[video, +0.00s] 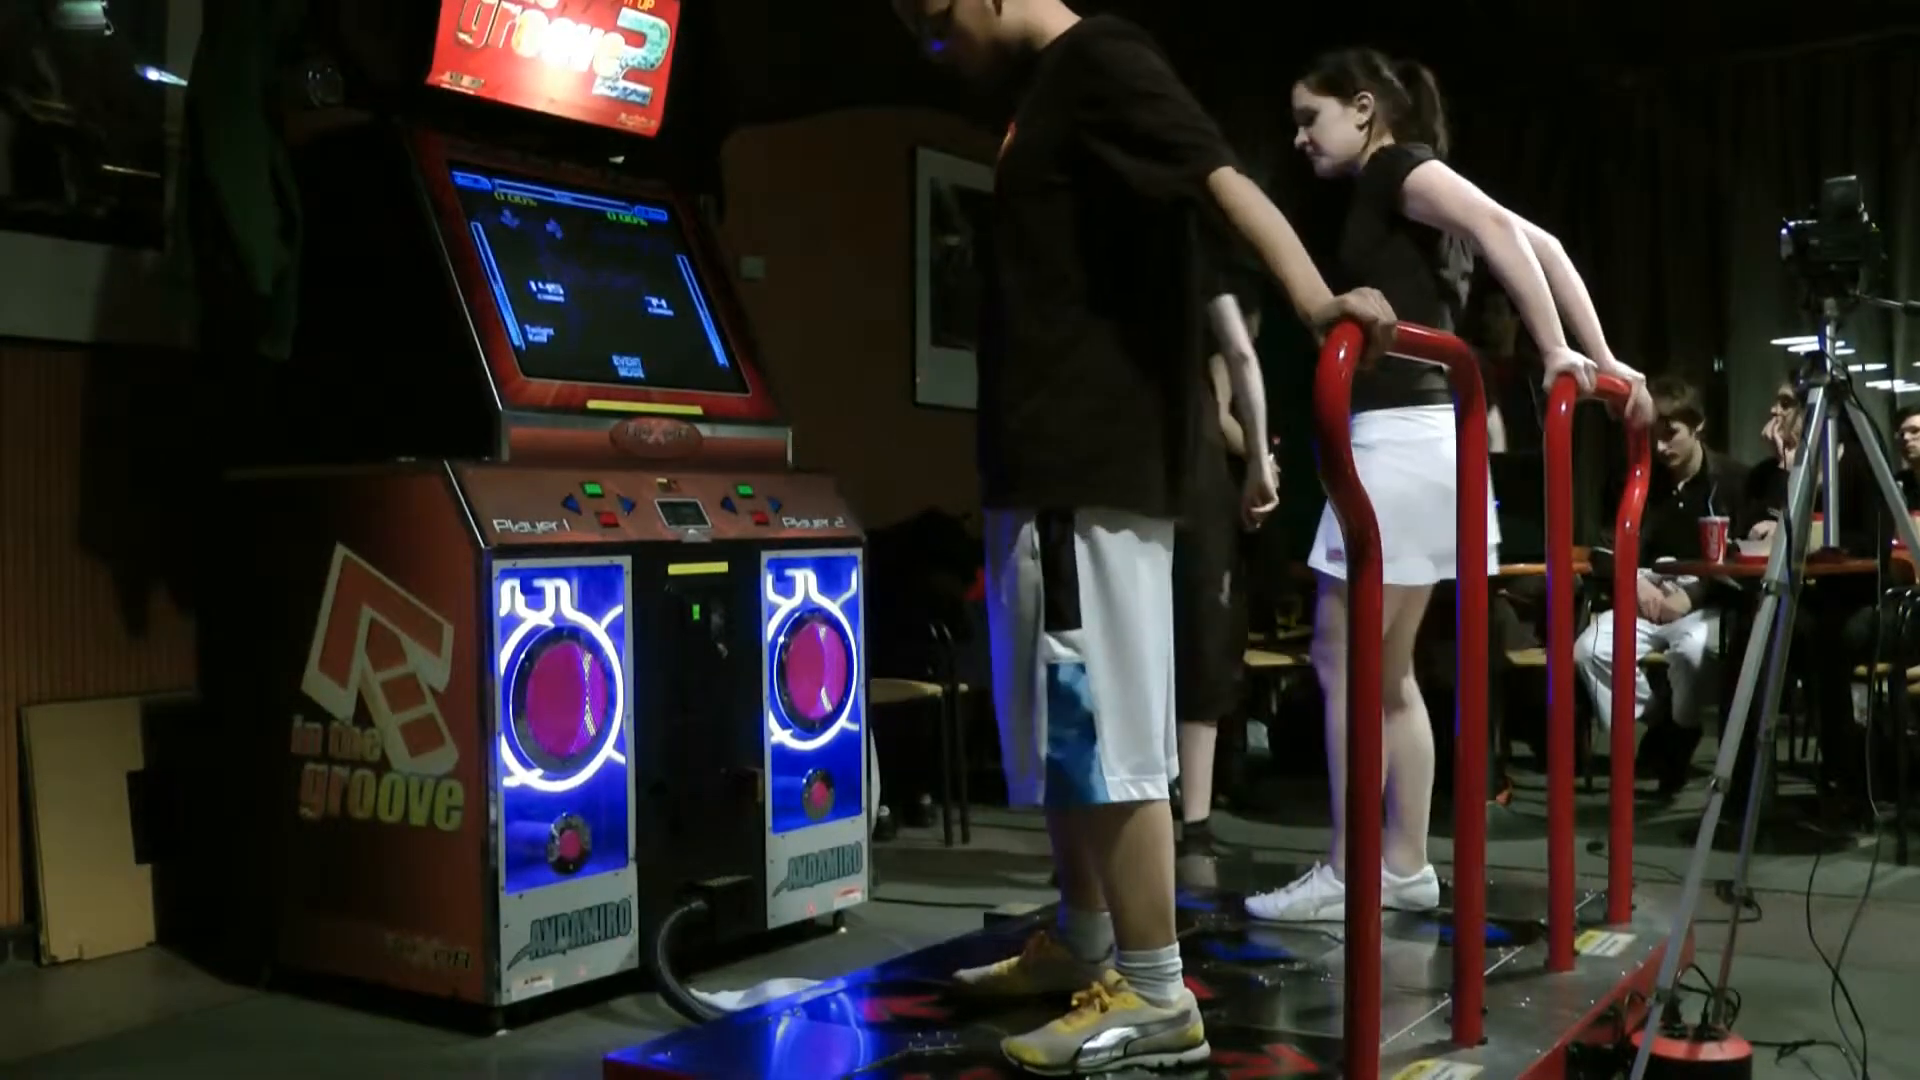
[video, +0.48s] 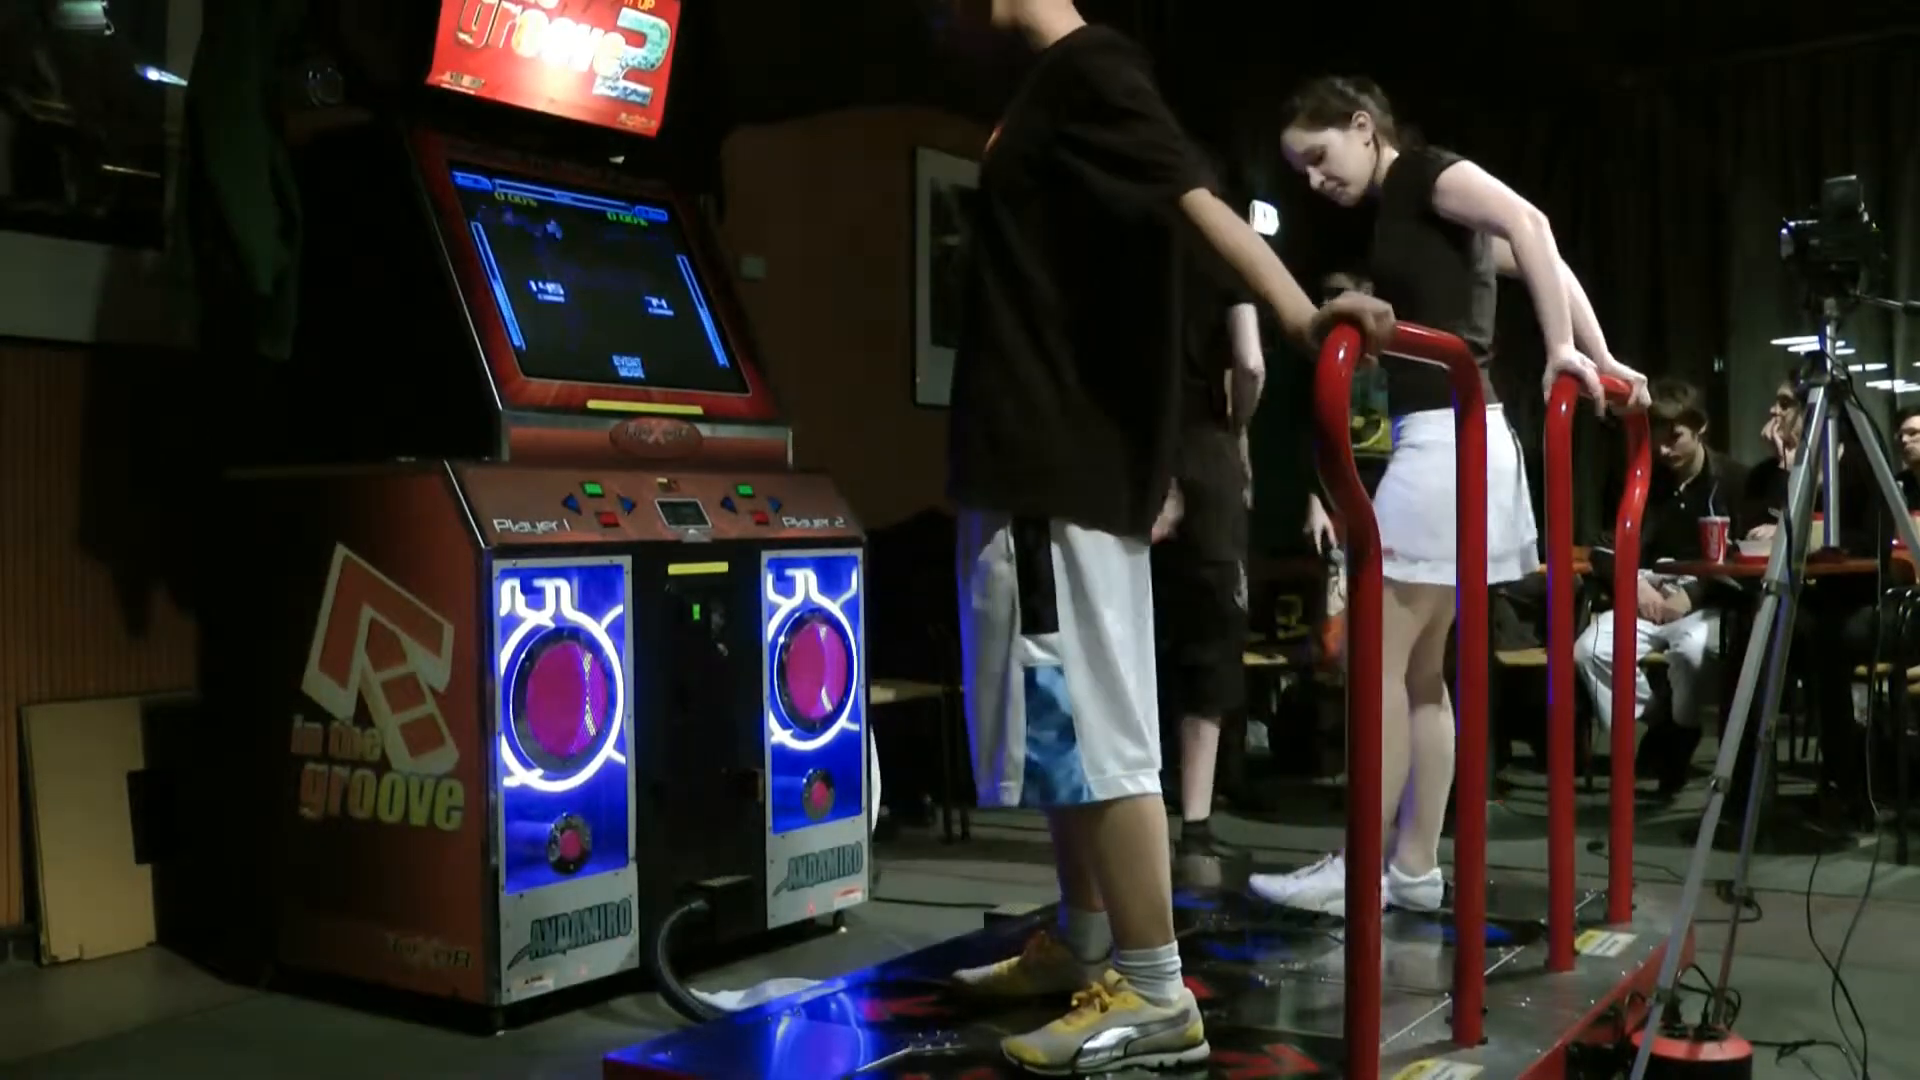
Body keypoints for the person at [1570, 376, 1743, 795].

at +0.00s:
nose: (1663, 445)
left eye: (1670, 434)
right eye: (1655, 436)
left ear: (1697, 428)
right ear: (1646, 437)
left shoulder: (1730, 479)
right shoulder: (1641, 478)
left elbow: (1737, 557)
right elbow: (1607, 551)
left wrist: (1689, 595)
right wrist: (1638, 586)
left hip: (1703, 600)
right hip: (1647, 595)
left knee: (1692, 651)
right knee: (1594, 649)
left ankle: (1682, 736)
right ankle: (1657, 729)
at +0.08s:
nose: (1663, 445)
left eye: (1671, 434)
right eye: (1655, 436)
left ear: (1697, 428)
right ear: (1646, 436)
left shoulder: (1730, 479)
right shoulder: (1642, 478)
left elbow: (1738, 556)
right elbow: (1607, 552)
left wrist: (1690, 596)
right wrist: (1638, 588)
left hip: (1705, 599)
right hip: (1649, 594)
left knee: (1691, 651)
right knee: (1594, 648)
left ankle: (1682, 736)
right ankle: (1658, 728)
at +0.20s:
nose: (1664, 447)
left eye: (1672, 435)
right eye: (1656, 438)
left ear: (1698, 429)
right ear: (1646, 438)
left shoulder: (1730, 480)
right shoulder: (1642, 479)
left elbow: (1740, 558)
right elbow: (1605, 551)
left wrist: (1690, 596)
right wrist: (1637, 588)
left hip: (1705, 602)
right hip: (1647, 596)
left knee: (1690, 650)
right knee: (1593, 649)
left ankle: (1682, 736)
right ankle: (1657, 727)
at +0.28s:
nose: (1665, 448)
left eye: (1672, 437)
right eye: (1657, 439)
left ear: (1698, 429)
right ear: (1647, 439)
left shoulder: (1730, 480)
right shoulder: (1643, 479)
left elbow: (1740, 559)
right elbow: (1605, 551)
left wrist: (1690, 596)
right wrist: (1637, 587)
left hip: (1705, 602)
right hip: (1648, 597)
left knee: (1690, 650)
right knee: (1593, 649)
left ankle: (1683, 736)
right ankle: (1657, 727)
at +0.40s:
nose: (1666, 448)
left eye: (1674, 437)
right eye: (1657, 439)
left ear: (1699, 429)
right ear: (1648, 438)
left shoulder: (1731, 480)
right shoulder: (1643, 479)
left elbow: (1741, 559)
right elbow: (1605, 551)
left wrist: (1691, 596)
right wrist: (1637, 589)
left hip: (1705, 601)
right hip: (1648, 595)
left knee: (1691, 650)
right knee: (1594, 648)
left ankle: (1682, 736)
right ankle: (1657, 727)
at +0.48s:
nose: (1666, 448)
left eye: (1674, 437)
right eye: (1658, 439)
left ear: (1700, 429)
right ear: (1648, 439)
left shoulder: (1731, 480)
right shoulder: (1644, 479)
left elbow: (1741, 558)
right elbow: (1605, 550)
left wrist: (1691, 596)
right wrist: (1637, 589)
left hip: (1705, 600)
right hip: (1648, 594)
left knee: (1691, 650)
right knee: (1594, 648)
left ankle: (1682, 736)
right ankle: (1658, 727)